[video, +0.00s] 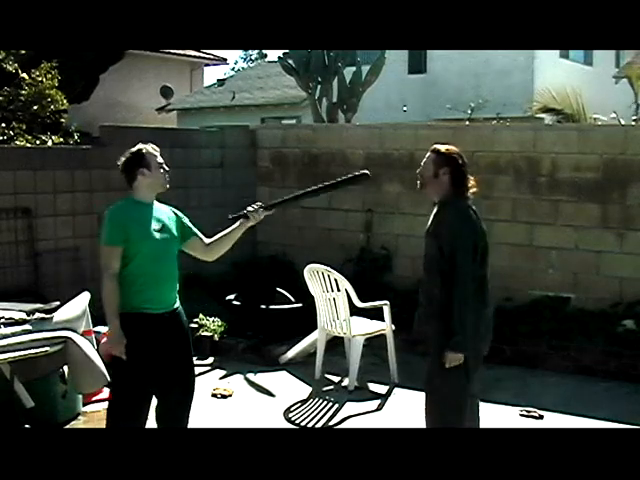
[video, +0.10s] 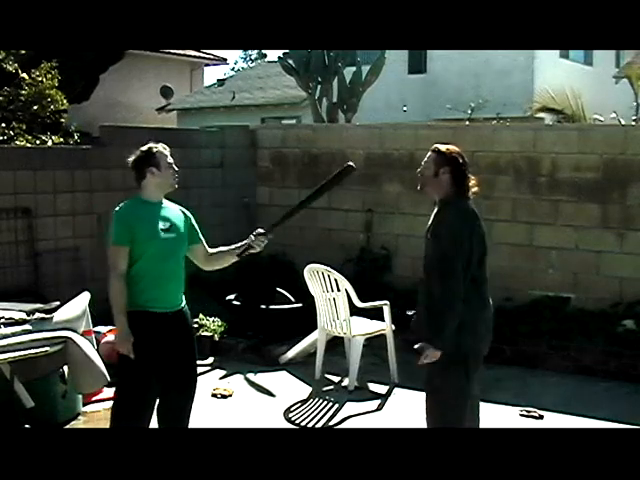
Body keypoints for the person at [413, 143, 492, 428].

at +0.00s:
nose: (419, 174)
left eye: (425, 168)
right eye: (421, 167)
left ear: (443, 176)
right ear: (443, 176)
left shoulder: (458, 219)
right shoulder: (447, 213)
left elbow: (463, 285)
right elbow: (451, 281)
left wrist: (457, 343)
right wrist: (441, 334)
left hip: (454, 338)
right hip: (445, 333)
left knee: (446, 414)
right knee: (452, 411)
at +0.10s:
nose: (419, 174)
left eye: (425, 169)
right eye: (421, 168)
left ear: (444, 176)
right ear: (444, 177)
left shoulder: (453, 219)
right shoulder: (452, 213)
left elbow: (451, 285)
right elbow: (447, 281)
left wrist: (437, 342)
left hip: (459, 332)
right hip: (459, 329)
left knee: (447, 411)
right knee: (457, 409)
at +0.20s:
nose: (420, 179)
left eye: (426, 173)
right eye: (421, 172)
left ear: (446, 176)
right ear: (444, 176)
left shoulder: (455, 216)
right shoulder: (451, 211)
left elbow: (442, 278)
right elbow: (446, 269)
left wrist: (408, 318)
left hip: (458, 323)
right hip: (455, 318)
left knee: (446, 399)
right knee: (451, 396)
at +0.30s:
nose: (422, 179)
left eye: (428, 173)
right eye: (424, 173)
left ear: (447, 177)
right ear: (447, 178)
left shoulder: (457, 215)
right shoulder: (454, 211)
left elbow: (434, 262)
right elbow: (439, 251)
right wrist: (409, 248)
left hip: (455, 327)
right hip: (455, 323)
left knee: (444, 402)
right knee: (455, 398)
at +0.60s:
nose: (425, 178)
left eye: (431, 172)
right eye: (427, 171)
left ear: (450, 176)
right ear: (449, 177)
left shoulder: (459, 215)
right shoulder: (457, 211)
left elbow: (443, 274)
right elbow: (440, 269)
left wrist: (394, 298)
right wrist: (409, 279)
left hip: (460, 327)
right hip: (458, 323)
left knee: (449, 402)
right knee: (457, 399)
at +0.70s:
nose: (424, 178)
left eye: (430, 172)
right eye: (425, 171)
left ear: (449, 177)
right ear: (448, 177)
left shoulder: (458, 218)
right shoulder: (456, 213)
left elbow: (451, 284)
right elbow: (447, 281)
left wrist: (431, 337)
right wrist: (431, 330)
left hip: (460, 336)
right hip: (458, 333)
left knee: (452, 415)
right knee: (456, 413)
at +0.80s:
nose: (422, 181)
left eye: (427, 174)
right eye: (423, 174)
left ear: (447, 177)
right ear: (445, 178)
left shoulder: (466, 221)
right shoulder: (448, 215)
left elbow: (478, 287)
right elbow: (453, 281)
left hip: (460, 338)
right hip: (446, 334)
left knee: (455, 413)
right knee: (448, 410)